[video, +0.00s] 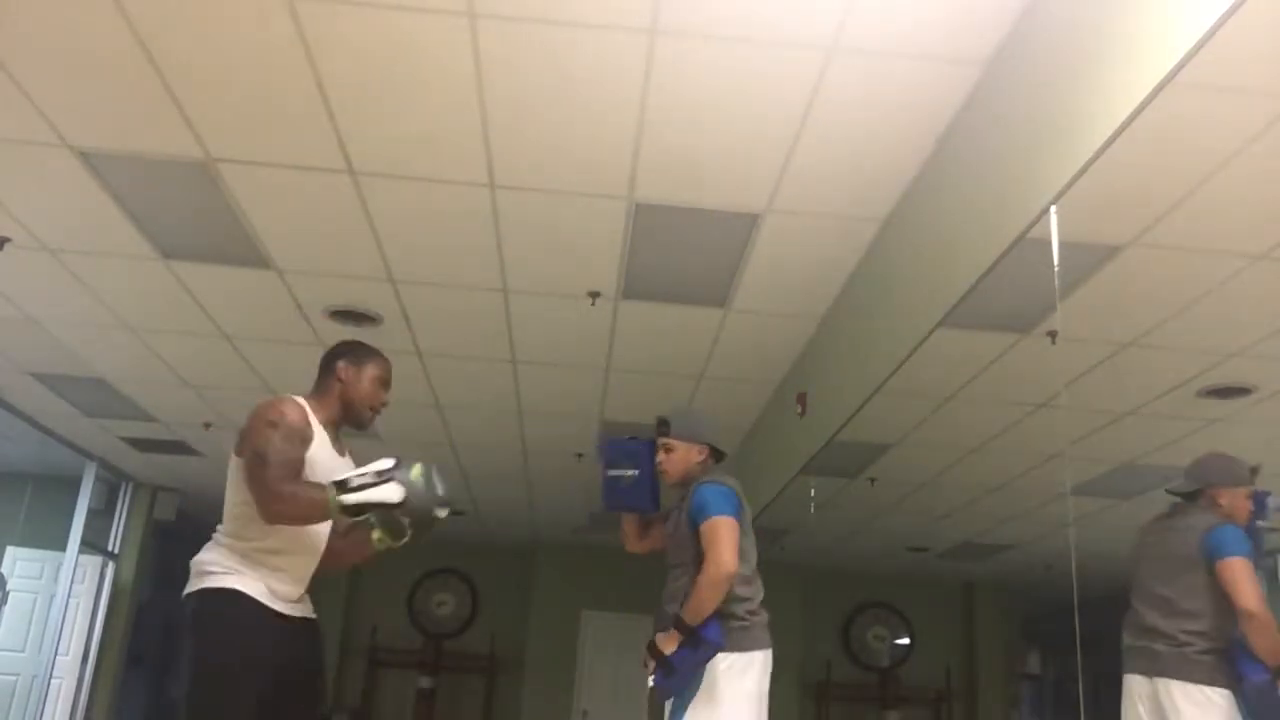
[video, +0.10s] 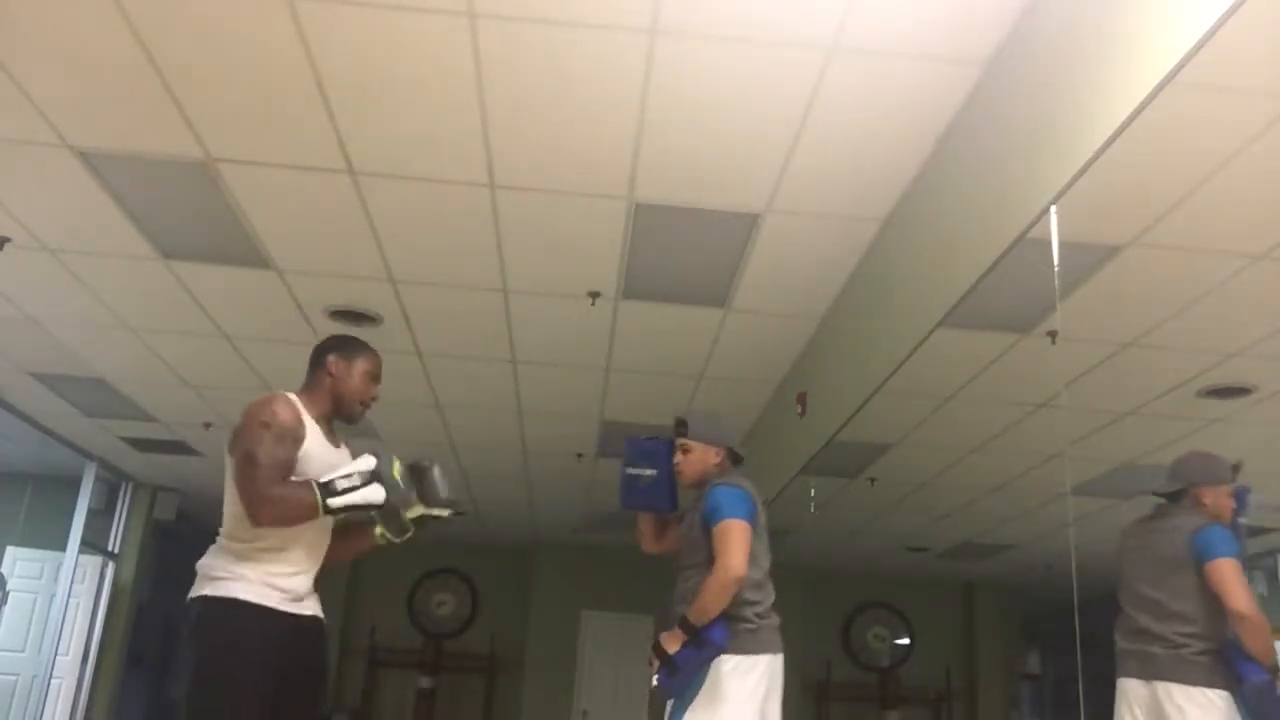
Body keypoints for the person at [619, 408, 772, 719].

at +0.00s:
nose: (658, 459)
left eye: (668, 450)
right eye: (659, 450)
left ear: (700, 453)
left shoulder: (711, 492)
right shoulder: (692, 501)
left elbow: (721, 568)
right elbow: (637, 541)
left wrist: (676, 632)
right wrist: (630, 475)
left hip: (727, 655)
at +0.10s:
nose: (676, 460)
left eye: (685, 450)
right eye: (677, 451)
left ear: (716, 454)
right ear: (715, 456)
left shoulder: (726, 493)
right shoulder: (711, 498)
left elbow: (730, 570)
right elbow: (653, 542)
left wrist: (682, 631)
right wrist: (649, 474)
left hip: (733, 656)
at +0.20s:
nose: (692, 464)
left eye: (701, 455)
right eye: (692, 456)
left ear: (733, 460)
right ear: (732, 462)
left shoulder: (739, 499)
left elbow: (745, 574)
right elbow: (671, 549)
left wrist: (690, 628)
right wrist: (666, 483)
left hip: (745, 658)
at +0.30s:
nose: (703, 466)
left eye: (712, 456)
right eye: (704, 457)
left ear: (744, 458)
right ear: (744, 460)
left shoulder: (753, 498)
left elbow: (764, 564)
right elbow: (691, 552)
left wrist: (703, 590)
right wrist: (684, 489)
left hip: (757, 658)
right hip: (792, 658)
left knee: (704, 712)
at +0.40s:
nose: (713, 464)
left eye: (722, 454)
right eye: (713, 455)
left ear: (752, 455)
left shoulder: (765, 488)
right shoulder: (782, 489)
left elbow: (763, 542)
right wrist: (688, 495)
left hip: (766, 651)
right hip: (803, 652)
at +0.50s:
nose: (723, 457)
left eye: (730, 448)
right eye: (723, 449)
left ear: (757, 452)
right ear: (756, 453)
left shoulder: (775, 484)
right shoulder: (793, 487)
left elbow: (741, 517)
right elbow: (709, 544)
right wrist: (703, 476)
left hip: (769, 647)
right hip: (808, 648)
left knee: (725, 712)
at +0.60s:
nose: (729, 457)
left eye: (733, 447)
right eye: (728, 448)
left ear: (755, 448)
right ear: (762, 448)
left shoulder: (772, 483)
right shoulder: (799, 486)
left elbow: (718, 495)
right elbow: (716, 542)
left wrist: (720, 442)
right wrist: (703, 472)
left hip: (770, 651)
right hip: (811, 650)